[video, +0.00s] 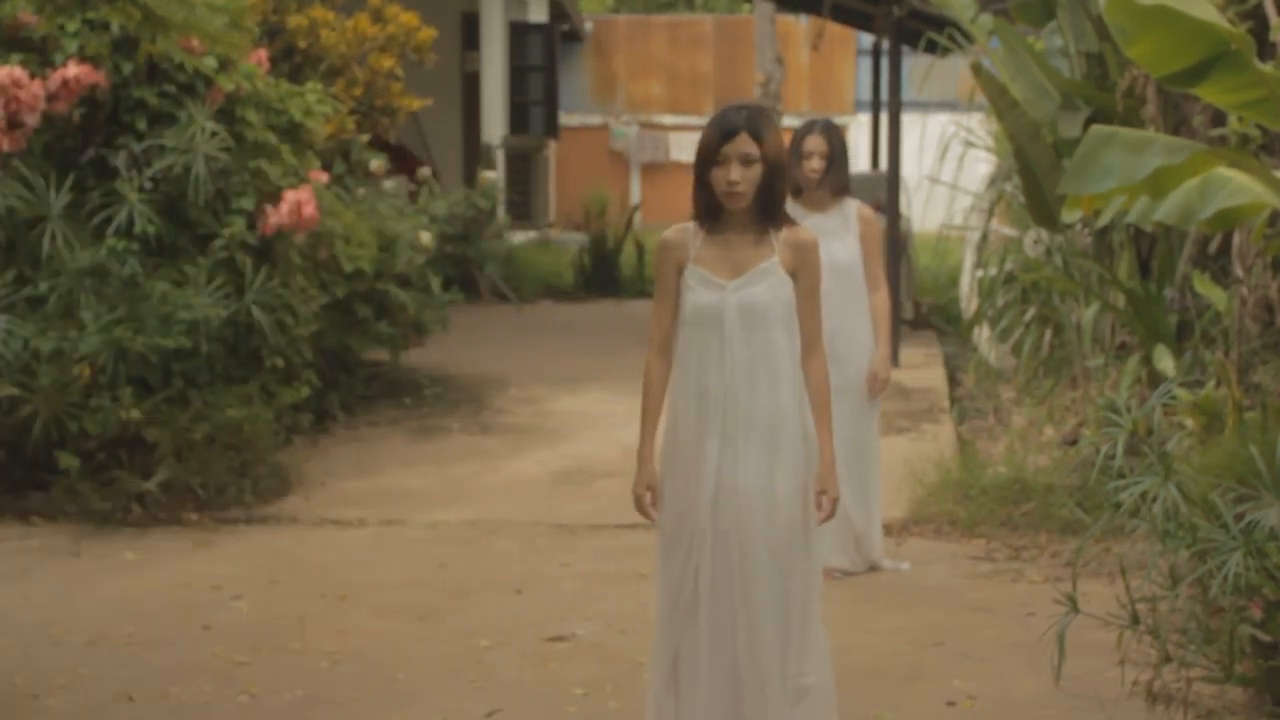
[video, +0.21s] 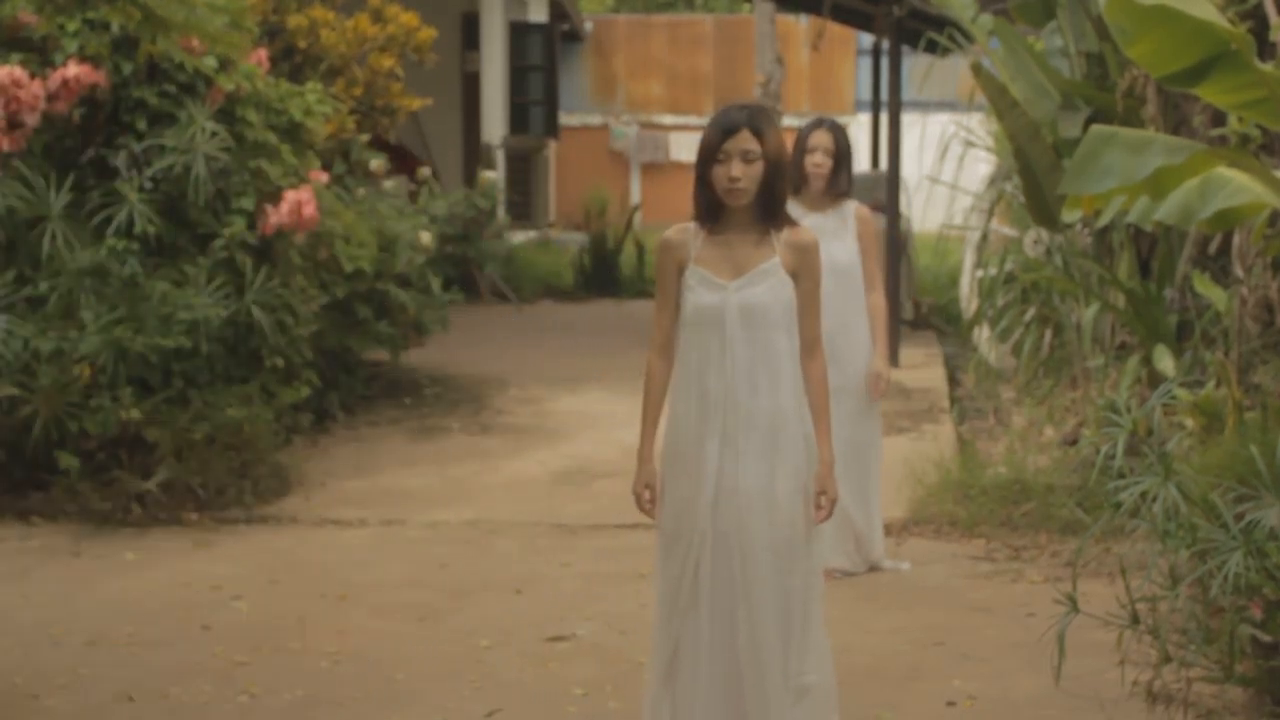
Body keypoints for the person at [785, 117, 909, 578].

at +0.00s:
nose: (814, 166)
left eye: (824, 158)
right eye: (806, 157)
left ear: (837, 163)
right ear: (793, 160)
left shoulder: (862, 218)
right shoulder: (780, 217)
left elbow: (877, 287)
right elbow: (770, 290)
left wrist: (883, 351)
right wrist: (772, 352)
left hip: (851, 347)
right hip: (797, 347)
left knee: (852, 446)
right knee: (803, 441)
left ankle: (854, 544)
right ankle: (809, 543)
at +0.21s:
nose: (819, 162)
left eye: (829, 155)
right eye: (812, 152)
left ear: (841, 162)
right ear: (798, 157)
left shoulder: (859, 218)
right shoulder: (781, 216)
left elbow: (874, 289)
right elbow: (771, 289)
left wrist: (880, 354)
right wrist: (773, 352)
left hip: (851, 347)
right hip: (797, 348)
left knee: (853, 446)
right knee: (804, 443)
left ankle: (855, 545)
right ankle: (813, 545)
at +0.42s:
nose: (817, 158)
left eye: (827, 150)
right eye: (809, 149)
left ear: (840, 159)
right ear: (796, 156)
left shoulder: (858, 217)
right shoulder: (781, 216)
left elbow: (873, 287)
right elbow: (770, 288)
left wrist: (876, 354)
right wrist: (771, 351)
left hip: (847, 351)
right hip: (794, 350)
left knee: (848, 447)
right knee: (800, 443)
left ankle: (849, 546)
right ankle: (805, 544)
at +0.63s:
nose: (815, 158)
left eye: (824, 150)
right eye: (805, 150)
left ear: (837, 157)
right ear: (793, 158)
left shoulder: (859, 218)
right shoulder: (779, 218)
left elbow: (873, 288)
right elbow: (769, 290)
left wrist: (876, 354)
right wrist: (770, 352)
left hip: (847, 351)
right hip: (794, 350)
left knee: (847, 447)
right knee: (799, 443)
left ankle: (849, 546)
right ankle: (805, 545)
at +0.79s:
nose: (813, 160)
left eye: (822, 151)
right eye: (803, 151)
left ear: (836, 157)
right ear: (791, 160)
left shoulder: (860, 218)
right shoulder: (780, 219)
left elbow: (873, 289)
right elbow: (771, 291)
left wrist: (875, 356)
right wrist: (772, 353)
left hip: (848, 352)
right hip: (795, 351)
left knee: (848, 448)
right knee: (800, 445)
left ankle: (851, 546)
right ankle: (807, 546)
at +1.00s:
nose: (814, 161)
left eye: (823, 152)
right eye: (804, 152)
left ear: (837, 158)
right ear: (792, 160)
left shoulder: (860, 218)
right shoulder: (780, 218)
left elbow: (874, 289)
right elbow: (770, 290)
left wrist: (875, 354)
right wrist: (771, 351)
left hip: (848, 351)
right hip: (795, 351)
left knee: (848, 448)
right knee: (799, 444)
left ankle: (850, 546)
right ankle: (805, 545)